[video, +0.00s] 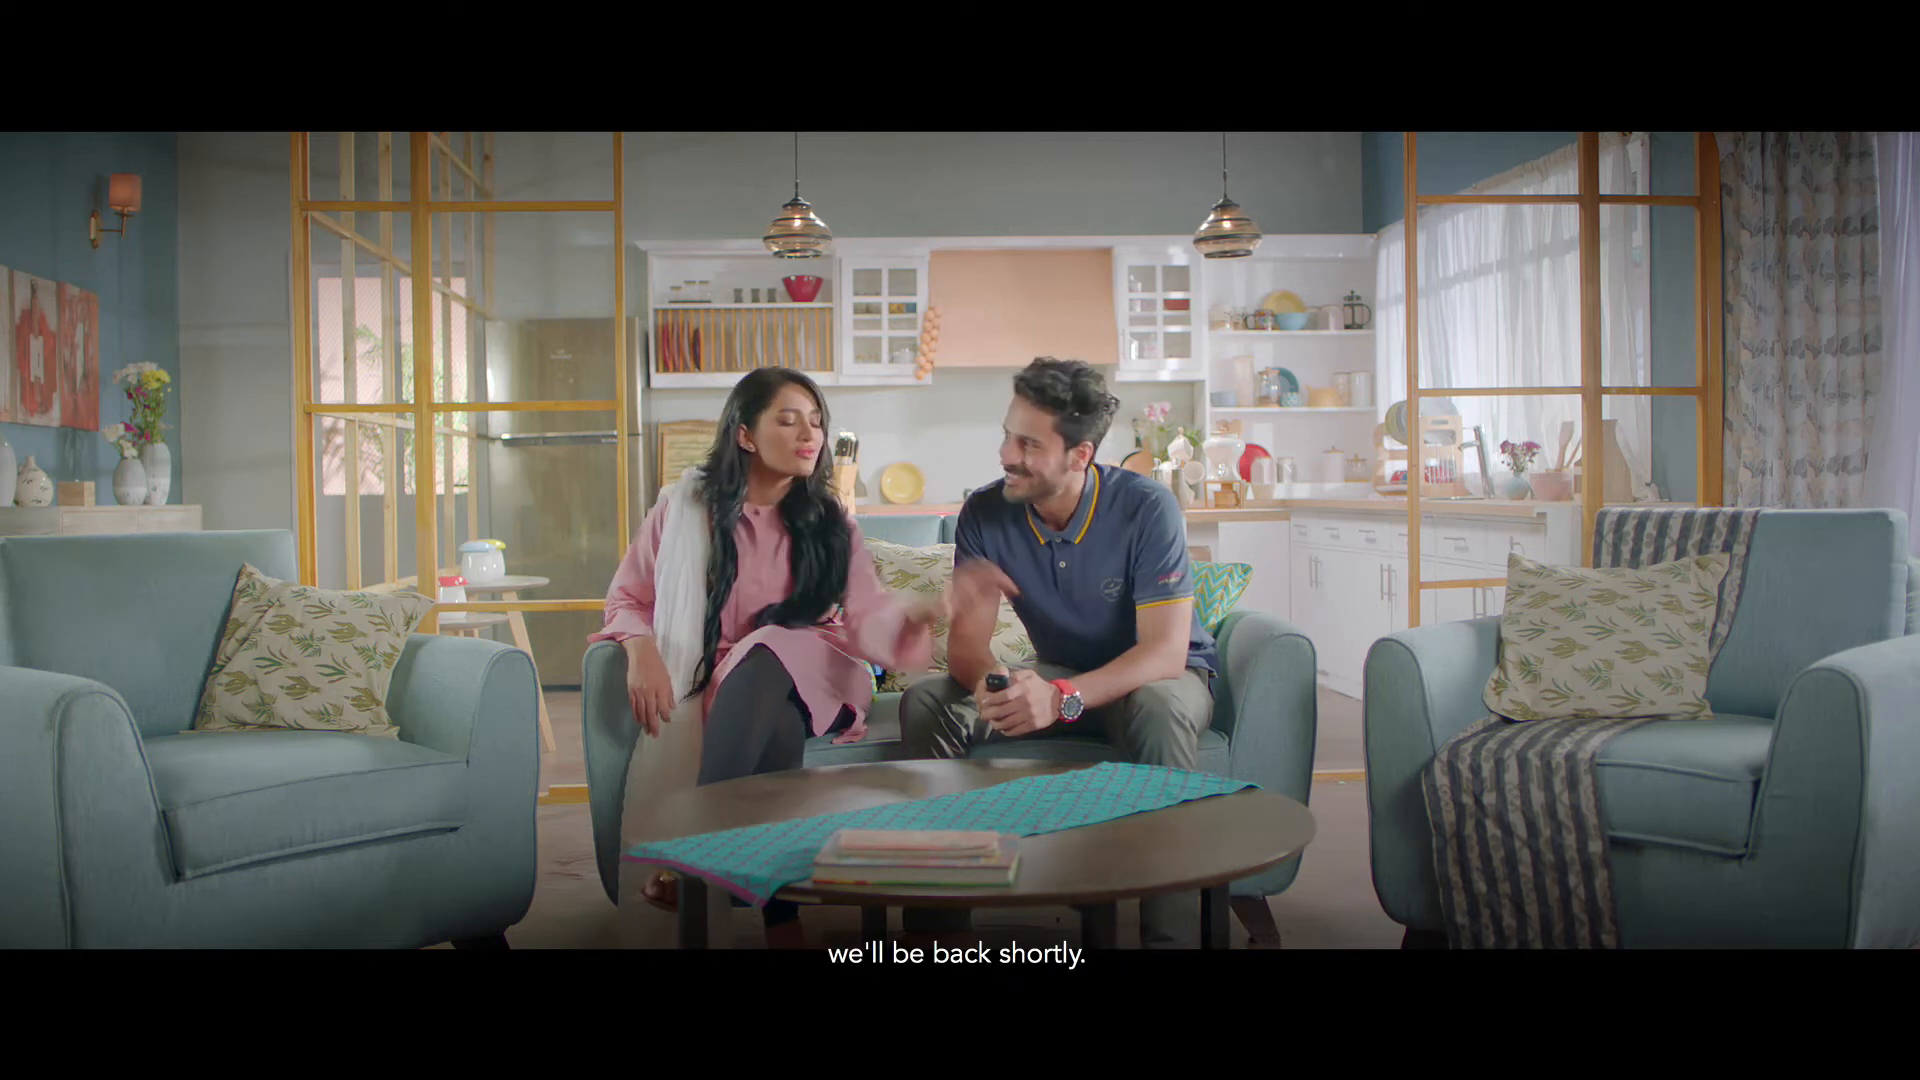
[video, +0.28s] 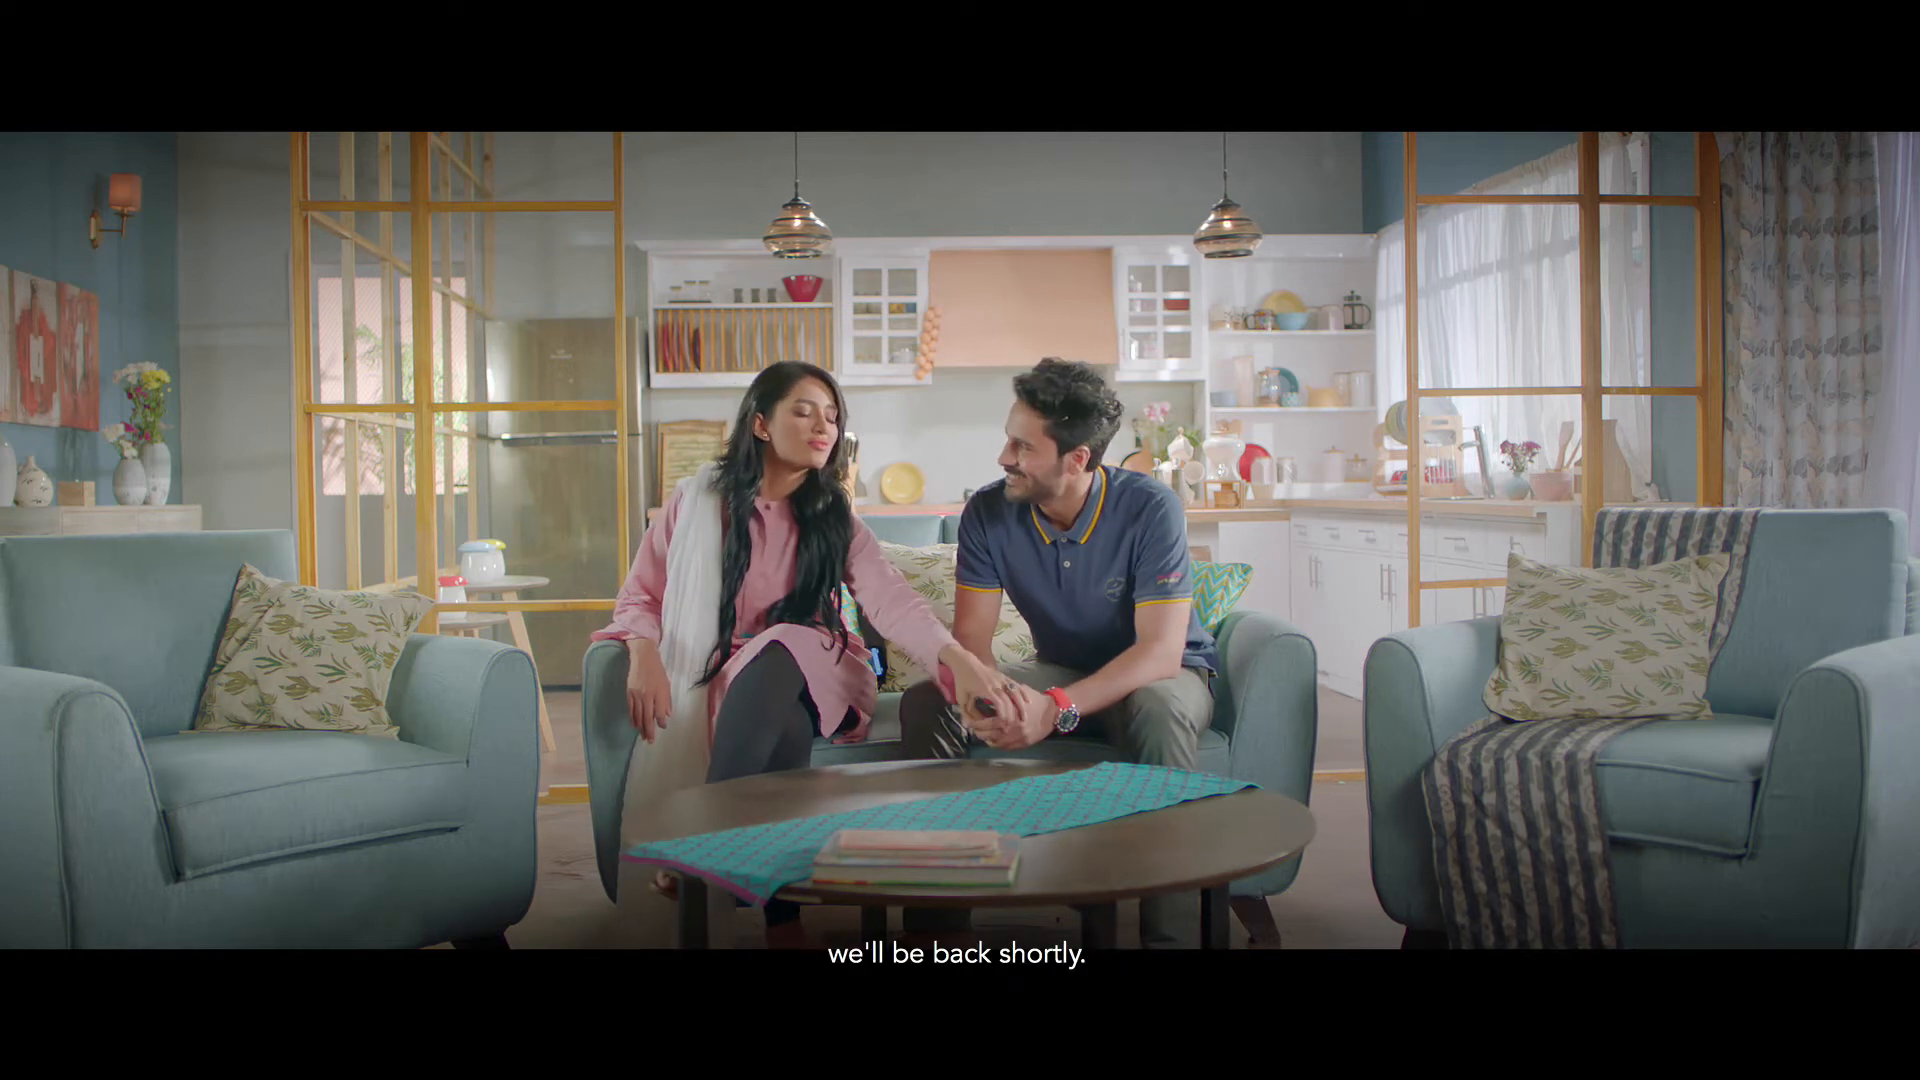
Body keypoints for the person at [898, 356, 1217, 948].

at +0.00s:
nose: (1006, 456)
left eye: (1028, 446)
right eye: (1007, 436)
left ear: (1080, 456)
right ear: (1005, 426)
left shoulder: (1147, 509)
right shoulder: (986, 513)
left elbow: (1165, 654)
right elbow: (966, 658)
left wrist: (1062, 697)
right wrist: (1000, 682)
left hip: (1156, 680)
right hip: (1060, 681)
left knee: (1159, 706)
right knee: (927, 702)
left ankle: (1169, 931)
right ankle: (936, 904)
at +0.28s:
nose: (1003, 458)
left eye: (1021, 448)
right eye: (1007, 440)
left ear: (1076, 461)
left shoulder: (1149, 508)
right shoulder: (988, 512)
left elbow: (1160, 653)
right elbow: (970, 641)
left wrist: (1061, 707)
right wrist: (978, 696)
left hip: (1158, 676)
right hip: (1062, 674)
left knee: (1157, 708)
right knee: (931, 706)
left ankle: (1170, 932)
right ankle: (949, 910)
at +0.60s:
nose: (1003, 458)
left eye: (1018, 449)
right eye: (1007, 441)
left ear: (1072, 463)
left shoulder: (1154, 509)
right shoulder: (992, 514)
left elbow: (1166, 654)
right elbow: (969, 642)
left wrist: (1052, 693)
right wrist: (913, 651)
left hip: (1157, 677)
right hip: (1061, 674)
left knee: (1155, 711)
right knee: (929, 703)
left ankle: (1166, 928)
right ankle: (940, 917)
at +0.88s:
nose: (998, 459)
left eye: (1014, 449)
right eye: (1004, 443)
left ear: (1067, 465)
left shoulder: (1154, 509)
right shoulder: (993, 516)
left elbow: (1164, 656)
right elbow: (969, 642)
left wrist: (1050, 693)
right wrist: (927, 663)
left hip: (1157, 680)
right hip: (1058, 680)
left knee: (1152, 707)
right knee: (922, 709)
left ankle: (1167, 935)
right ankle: (939, 920)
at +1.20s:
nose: (1018, 475)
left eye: (1036, 463)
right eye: (1016, 456)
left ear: (1090, 461)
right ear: (1012, 436)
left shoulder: (1161, 509)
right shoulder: (997, 514)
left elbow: (1165, 656)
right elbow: (972, 645)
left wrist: (1053, 692)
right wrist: (948, 668)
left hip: (1154, 680)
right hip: (1057, 678)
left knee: (1156, 706)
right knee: (929, 708)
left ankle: (1168, 934)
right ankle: (940, 919)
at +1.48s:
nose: (1049, 486)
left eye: (1069, 474)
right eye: (1040, 465)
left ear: (1116, 459)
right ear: (1035, 442)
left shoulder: (1174, 508)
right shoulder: (1015, 503)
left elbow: (1169, 653)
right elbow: (1000, 619)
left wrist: (1057, 683)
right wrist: (970, 675)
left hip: (1154, 680)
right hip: (1058, 680)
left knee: (1153, 708)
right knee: (936, 705)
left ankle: (1172, 929)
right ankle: (949, 915)